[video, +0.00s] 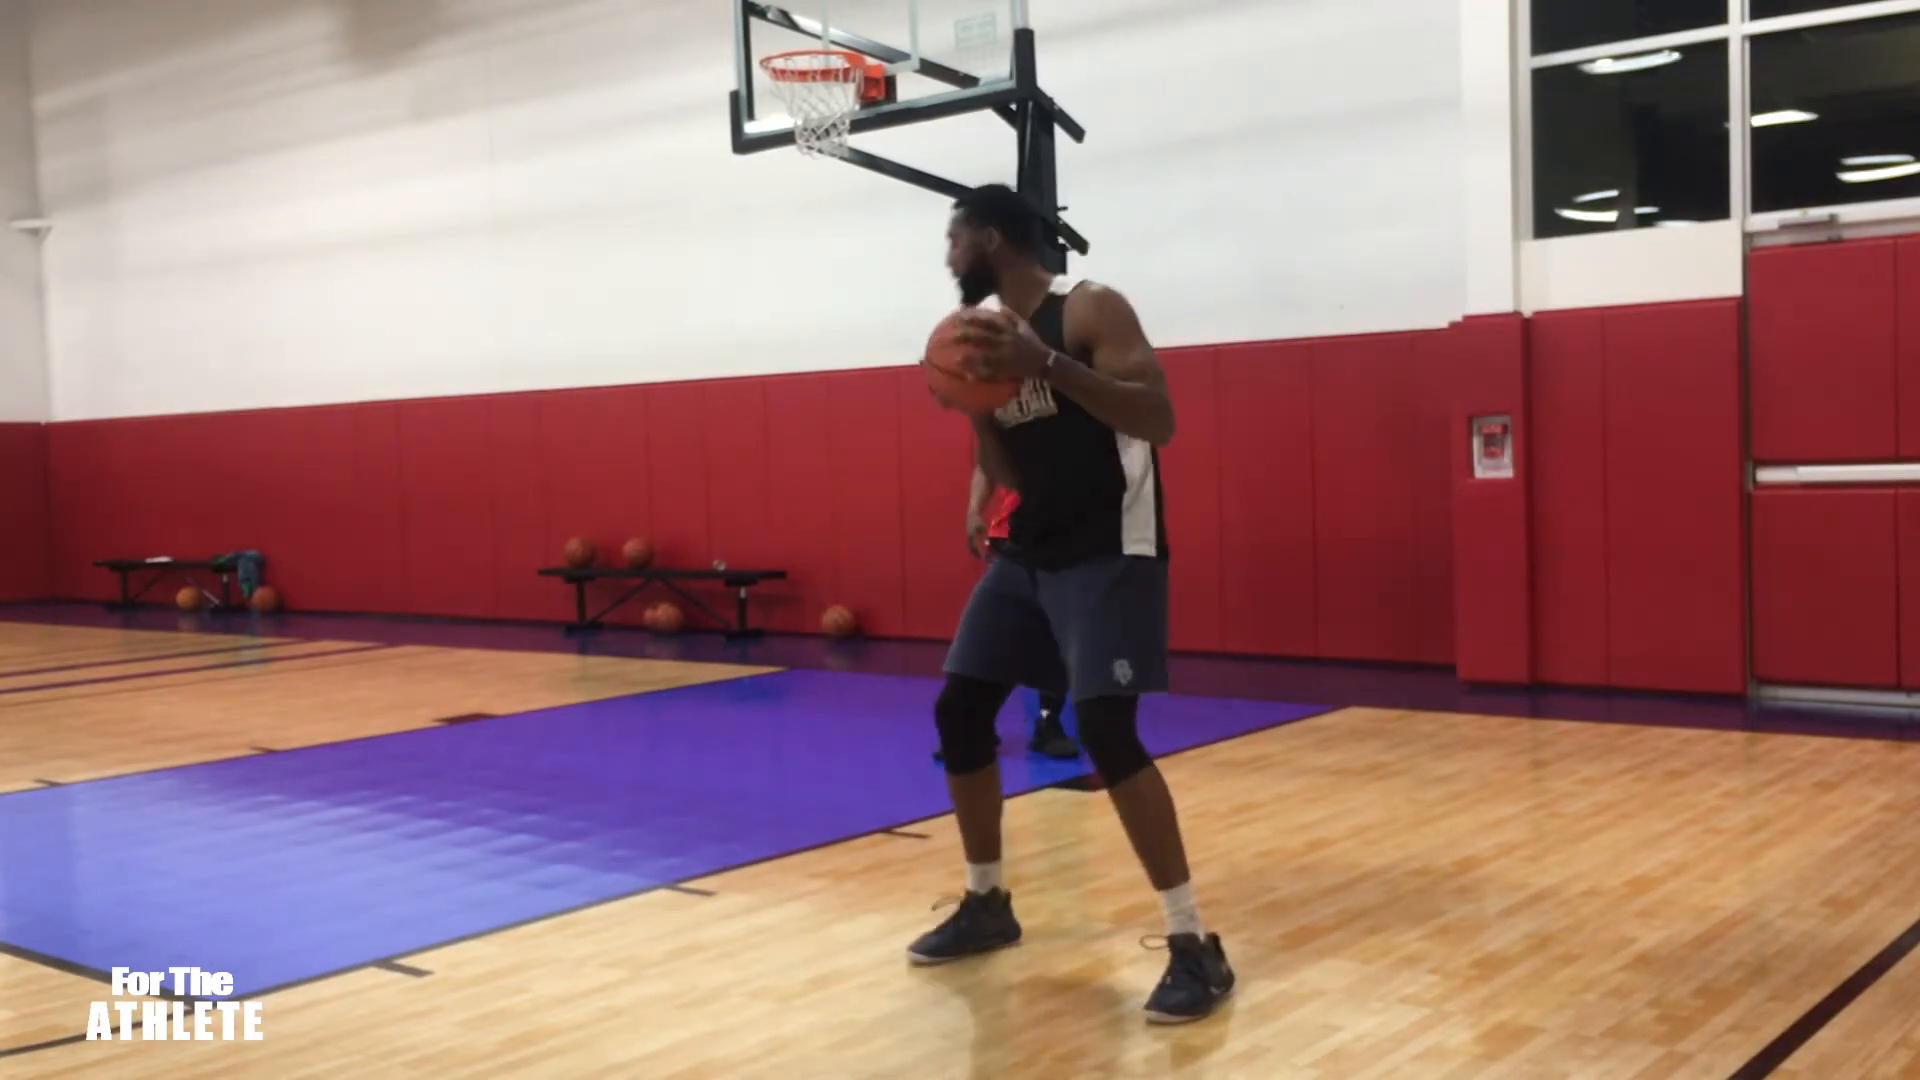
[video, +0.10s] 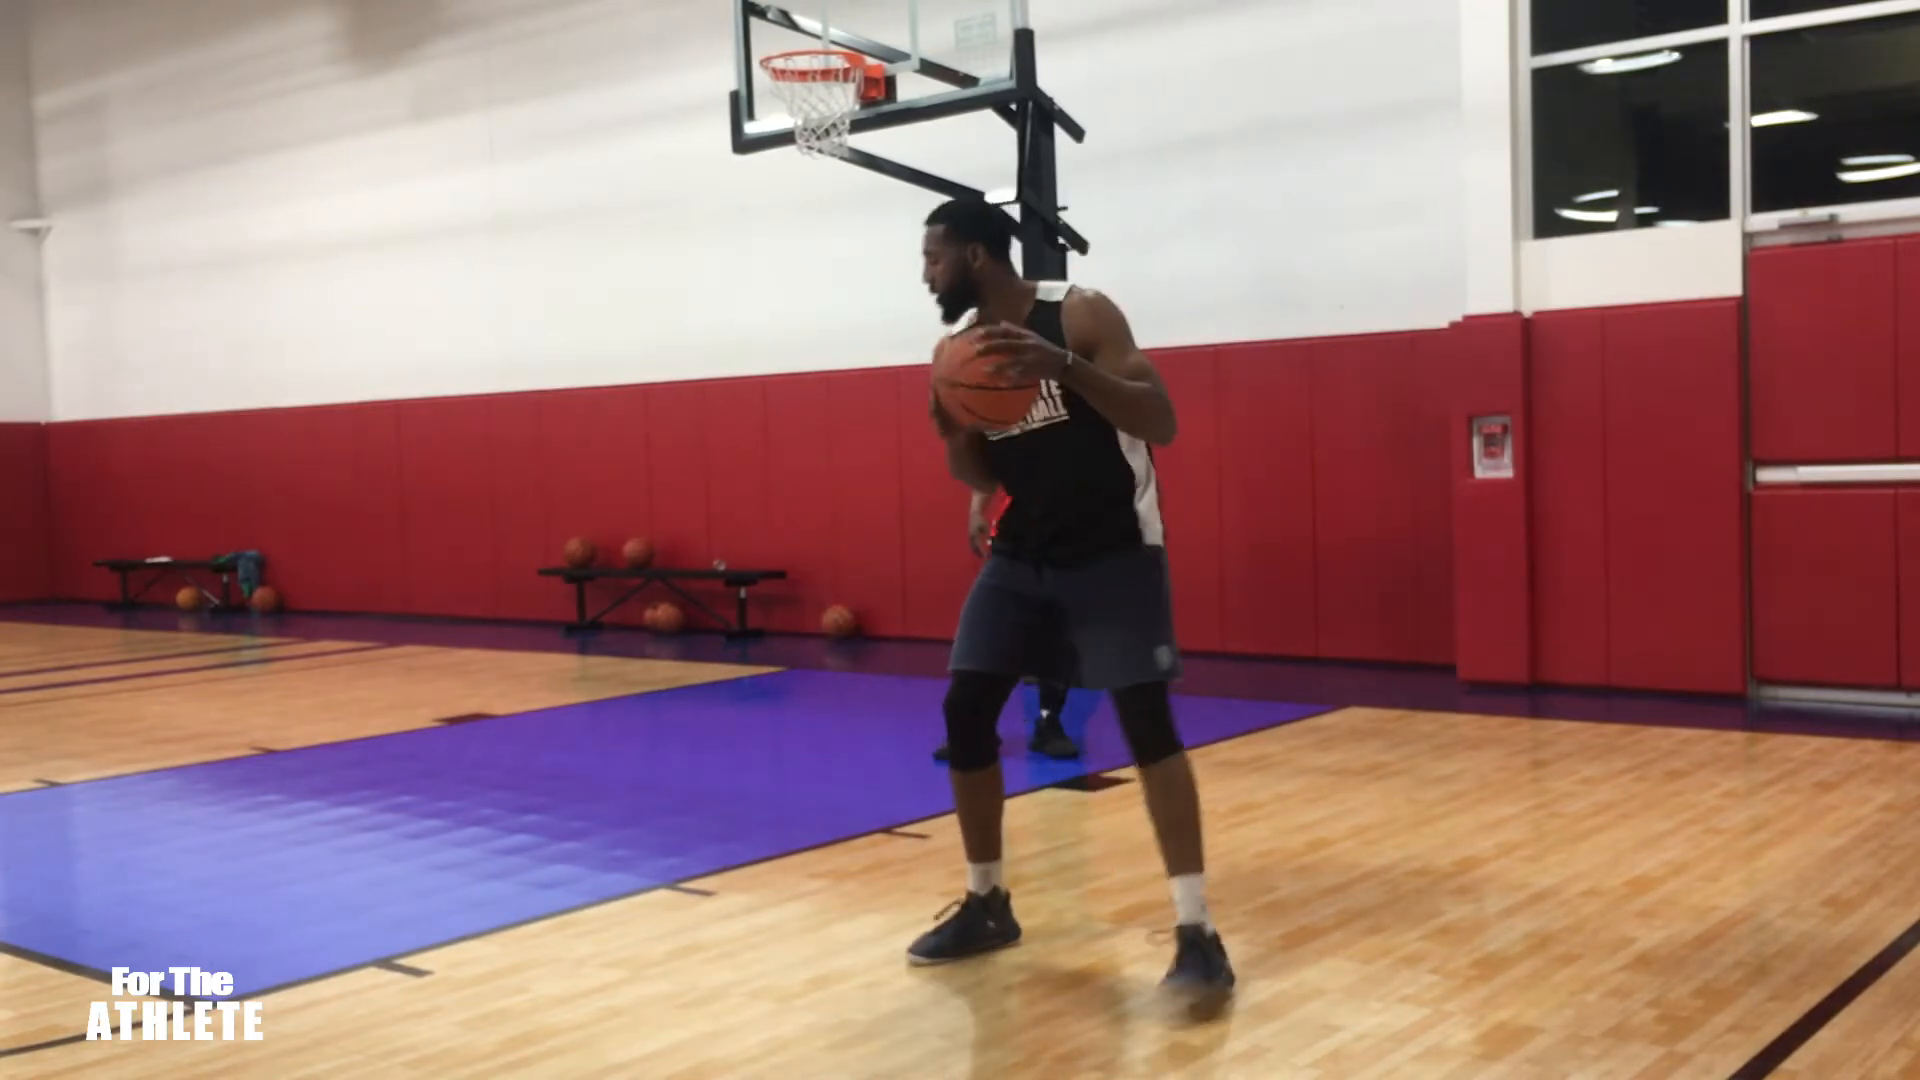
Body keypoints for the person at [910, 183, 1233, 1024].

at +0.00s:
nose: (948, 251)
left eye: (957, 234)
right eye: (949, 237)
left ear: (1001, 236)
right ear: (996, 241)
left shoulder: (1093, 310)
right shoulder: (985, 338)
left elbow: (1157, 418)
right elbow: (1001, 466)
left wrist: (1045, 363)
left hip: (1109, 559)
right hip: (1026, 558)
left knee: (1105, 730)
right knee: (961, 711)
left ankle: (1193, 946)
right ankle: (986, 902)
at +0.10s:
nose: (925, 273)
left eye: (933, 257)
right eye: (923, 260)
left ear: (981, 254)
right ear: (968, 260)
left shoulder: (1083, 316)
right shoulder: (965, 352)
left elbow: (1159, 421)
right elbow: (979, 478)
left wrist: (1064, 364)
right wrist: (952, 423)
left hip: (1116, 551)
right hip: (1024, 554)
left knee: (1145, 719)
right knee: (967, 709)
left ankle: (1196, 936)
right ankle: (987, 902)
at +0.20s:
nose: (924, 283)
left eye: (933, 266)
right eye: (921, 268)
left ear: (980, 263)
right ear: (964, 268)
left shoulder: (1082, 320)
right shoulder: (949, 360)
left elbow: (1162, 423)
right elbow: (949, 479)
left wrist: (1075, 394)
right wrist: (953, 472)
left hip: (1122, 545)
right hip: (1021, 553)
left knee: (1171, 704)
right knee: (979, 708)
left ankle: (1229, 904)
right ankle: (985, 899)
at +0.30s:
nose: (940, 313)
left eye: (949, 298)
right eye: (937, 299)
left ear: (997, 293)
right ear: (966, 299)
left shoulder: (1094, 351)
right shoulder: (954, 381)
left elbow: (1167, 457)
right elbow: (959, 476)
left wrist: (1071, 489)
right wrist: (946, 549)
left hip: (1123, 545)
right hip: (1022, 552)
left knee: (1192, 692)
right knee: (984, 707)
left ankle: (1274, 879)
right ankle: (959, 897)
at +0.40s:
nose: (974, 353)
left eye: (985, 340)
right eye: (972, 341)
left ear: (1033, 339)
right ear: (985, 342)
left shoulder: (1113, 402)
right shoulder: (975, 417)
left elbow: (1169, 524)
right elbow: (970, 517)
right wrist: (953, 614)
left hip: (1131, 580)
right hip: (1031, 585)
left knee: (1224, 701)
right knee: (983, 713)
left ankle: (1295, 841)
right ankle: (955, 901)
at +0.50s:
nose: (1025, 371)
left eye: (1037, 359)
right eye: (1021, 358)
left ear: (1084, 360)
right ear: (1024, 360)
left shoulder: (1156, 425)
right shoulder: (1017, 425)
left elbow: (1210, 543)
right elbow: (995, 529)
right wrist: (971, 630)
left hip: (1151, 590)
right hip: (1056, 592)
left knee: (1258, 711)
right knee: (1007, 720)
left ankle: (1283, 833)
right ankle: (956, 901)